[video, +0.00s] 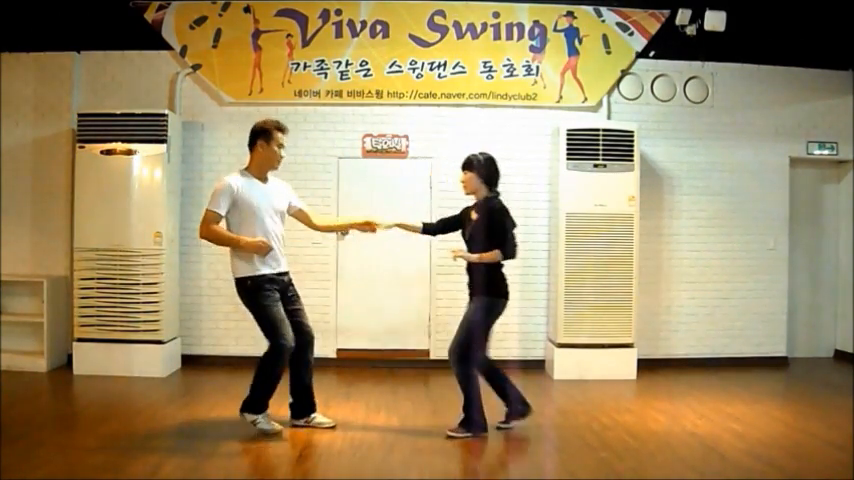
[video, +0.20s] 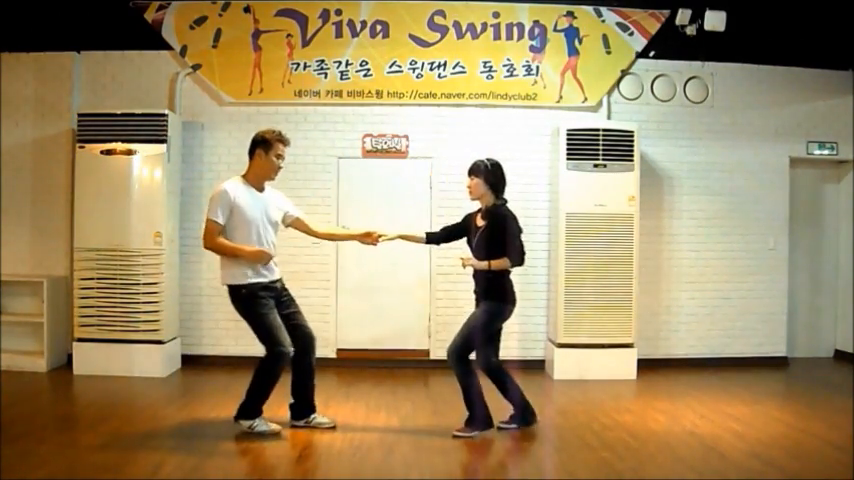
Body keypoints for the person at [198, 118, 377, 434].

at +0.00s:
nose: (283, 153)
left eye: (283, 147)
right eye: (279, 146)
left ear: (265, 149)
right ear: (259, 146)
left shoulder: (279, 188)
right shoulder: (231, 185)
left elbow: (316, 223)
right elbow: (207, 230)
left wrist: (355, 224)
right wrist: (246, 243)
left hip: (282, 277)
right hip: (254, 280)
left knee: (304, 338)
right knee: (283, 342)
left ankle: (302, 412)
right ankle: (253, 409)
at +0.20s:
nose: (282, 164)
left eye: (283, 159)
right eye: (278, 157)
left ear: (267, 159)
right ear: (258, 154)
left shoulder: (274, 198)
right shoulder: (228, 192)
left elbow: (315, 231)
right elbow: (210, 240)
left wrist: (358, 235)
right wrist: (249, 253)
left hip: (274, 284)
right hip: (246, 288)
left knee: (305, 340)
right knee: (281, 349)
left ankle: (303, 413)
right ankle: (247, 417)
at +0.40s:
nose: (273, 154)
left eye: (274, 149)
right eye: (269, 147)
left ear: (259, 149)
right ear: (249, 145)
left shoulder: (261, 189)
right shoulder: (221, 181)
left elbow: (299, 221)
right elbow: (216, 228)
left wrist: (339, 222)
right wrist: (260, 231)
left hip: (252, 276)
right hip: (227, 277)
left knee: (278, 334)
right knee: (255, 342)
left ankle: (270, 408)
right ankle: (247, 418)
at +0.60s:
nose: (259, 155)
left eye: (260, 149)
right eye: (255, 148)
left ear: (245, 151)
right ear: (234, 147)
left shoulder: (249, 192)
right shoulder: (211, 185)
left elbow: (272, 233)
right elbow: (212, 237)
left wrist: (314, 236)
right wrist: (258, 241)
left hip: (240, 279)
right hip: (217, 280)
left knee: (242, 345)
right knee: (250, 341)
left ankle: (188, 394)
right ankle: (247, 417)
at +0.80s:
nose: (250, 152)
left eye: (251, 146)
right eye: (245, 145)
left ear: (235, 148)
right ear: (225, 145)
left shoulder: (239, 187)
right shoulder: (201, 182)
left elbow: (250, 235)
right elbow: (198, 233)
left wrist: (289, 235)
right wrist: (243, 236)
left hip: (218, 274)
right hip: (198, 274)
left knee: (199, 344)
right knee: (227, 339)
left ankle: (171, 407)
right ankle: (235, 415)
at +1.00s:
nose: (244, 155)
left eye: (244, 149)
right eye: (239, 148)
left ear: (225, 149)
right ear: (219, 147)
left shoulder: (229, 188)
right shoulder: (195, 183)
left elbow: (234, 234)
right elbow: (191, 235)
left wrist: (265, 240)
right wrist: (237, 242)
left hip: (213, 277)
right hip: (191, 277)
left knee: (206, 344)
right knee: (208, 344)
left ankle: (176, 405)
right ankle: (172, 408)